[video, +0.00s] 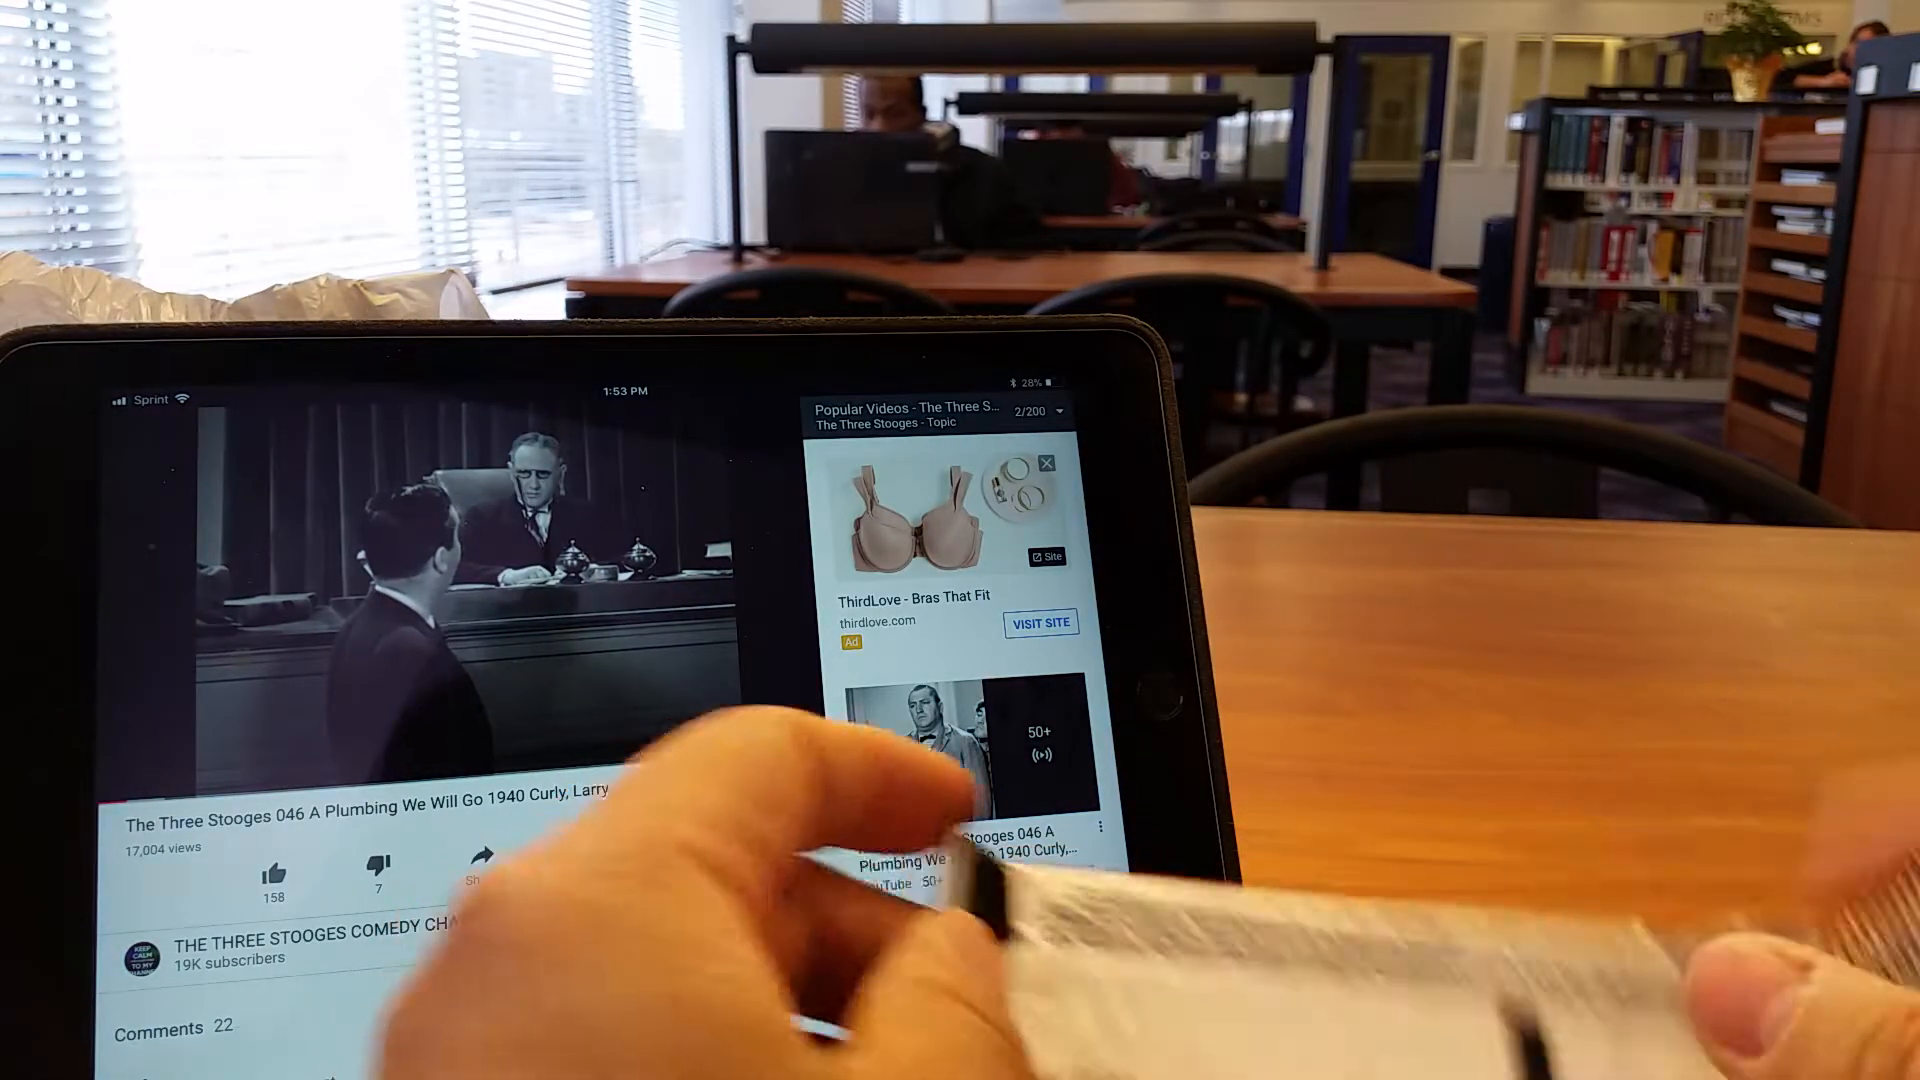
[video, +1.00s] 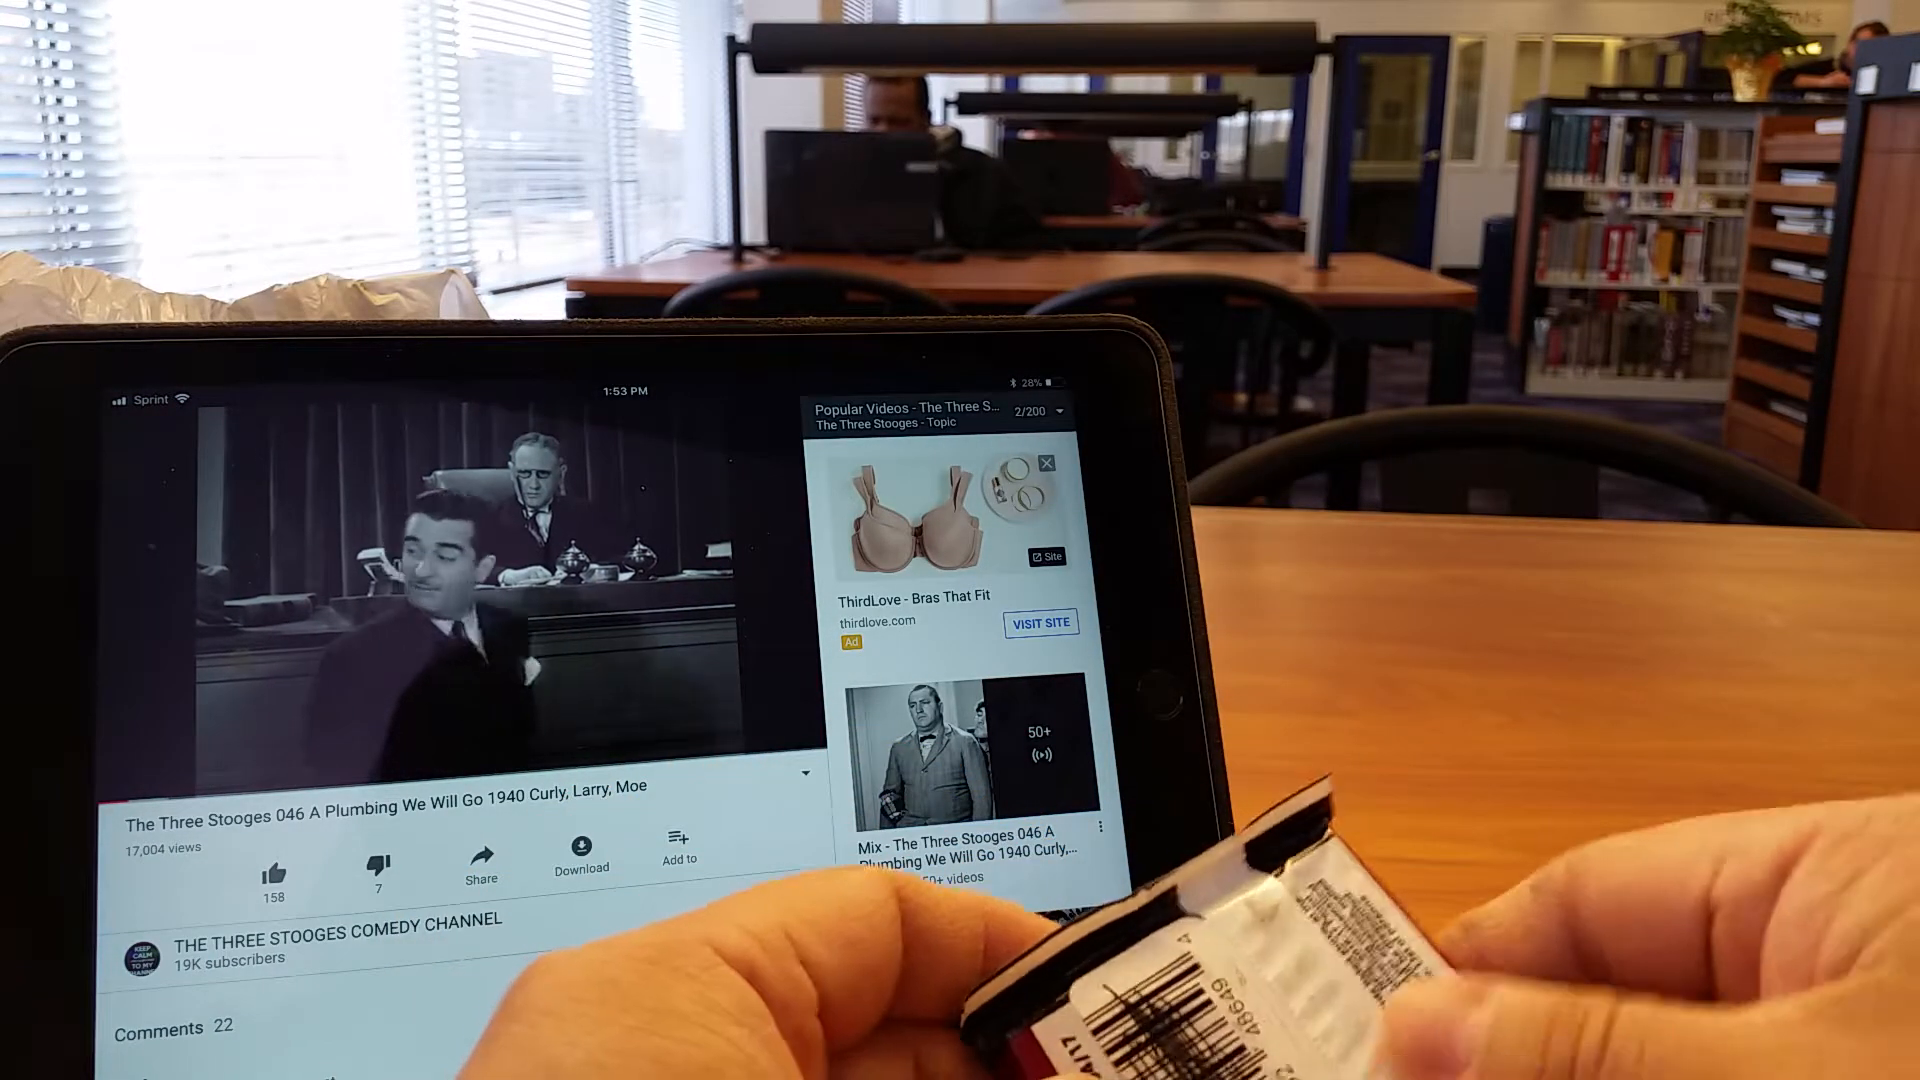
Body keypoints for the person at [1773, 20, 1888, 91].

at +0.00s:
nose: (1860, 50)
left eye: (1868, 46)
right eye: (1858, 43)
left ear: (1880, 50)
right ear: (1849, 44)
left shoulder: (1884, 77)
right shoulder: (1828, 68)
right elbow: (1780, 80)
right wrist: (1825, 82)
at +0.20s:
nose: (1860, 50)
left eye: (1868, 45)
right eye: (1858, 43)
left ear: (1881, 50)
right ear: (1849, 44)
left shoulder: (1885, 77)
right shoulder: (1829, 68)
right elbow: (1780, 80)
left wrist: (1857, 84)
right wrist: (1825, 81)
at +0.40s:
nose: (1860, 50)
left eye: (1868, 46)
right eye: (1857, 43)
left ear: (1880, 50)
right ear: (1849, 44)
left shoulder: (1885, 77)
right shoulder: (1829, 68)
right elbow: (1780, 80)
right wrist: (1825, 82)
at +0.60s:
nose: (1860, 51)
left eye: (1868, 46)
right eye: (1858, 43)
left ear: (1880, 51)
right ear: (1849, 44)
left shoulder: (1884, 78)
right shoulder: (1829, 68)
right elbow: (1780, 80)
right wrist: (1825, 82)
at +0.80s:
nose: (1860, 50)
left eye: (1868, 45)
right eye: (1857, 43)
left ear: (1880, 50)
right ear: (1849, 44)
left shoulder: (1884, 78)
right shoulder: (1829, 68)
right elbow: (1781, 80)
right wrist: (1824, 82)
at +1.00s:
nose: (1859, 50)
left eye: (1867, 45)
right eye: (1857, 43)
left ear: (1880, 50)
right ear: (1849, 44)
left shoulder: (1884, 78)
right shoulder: (1829, 68)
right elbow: (1781, 80)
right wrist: (1824, 82)